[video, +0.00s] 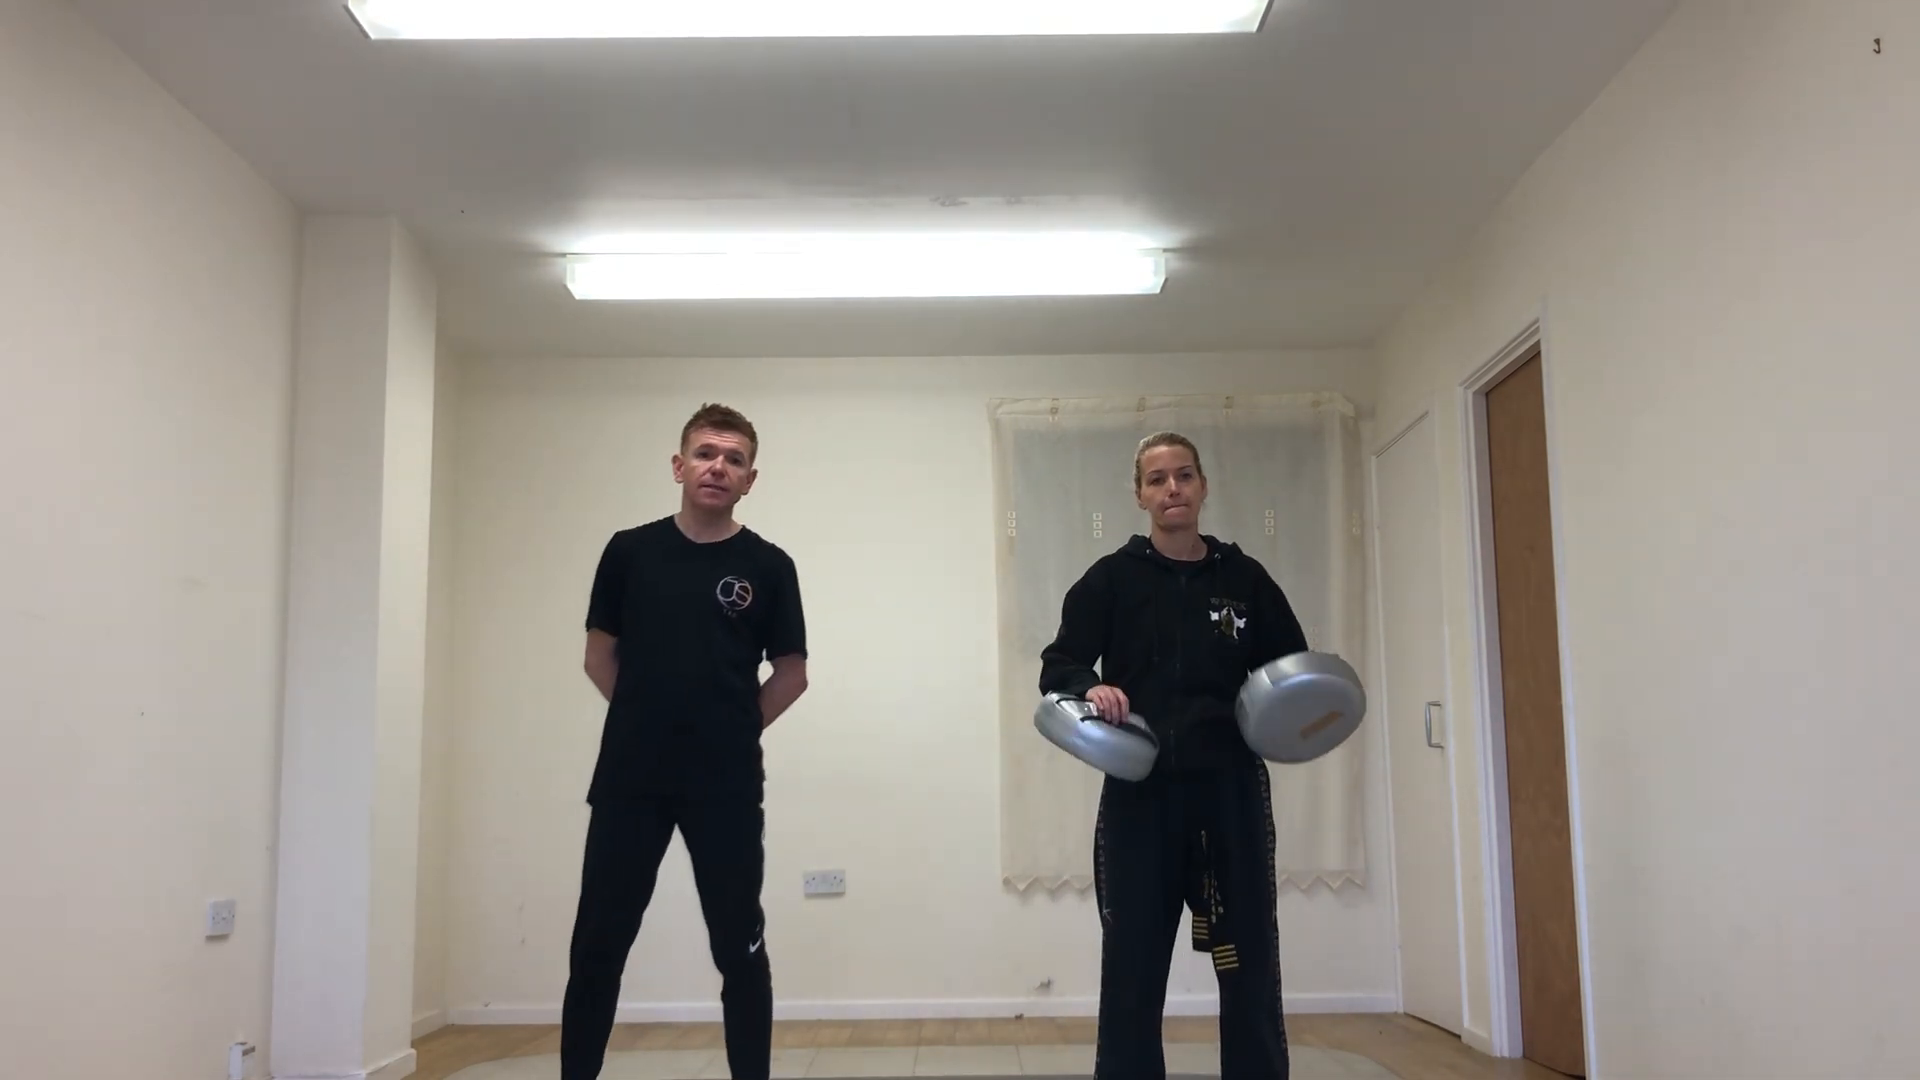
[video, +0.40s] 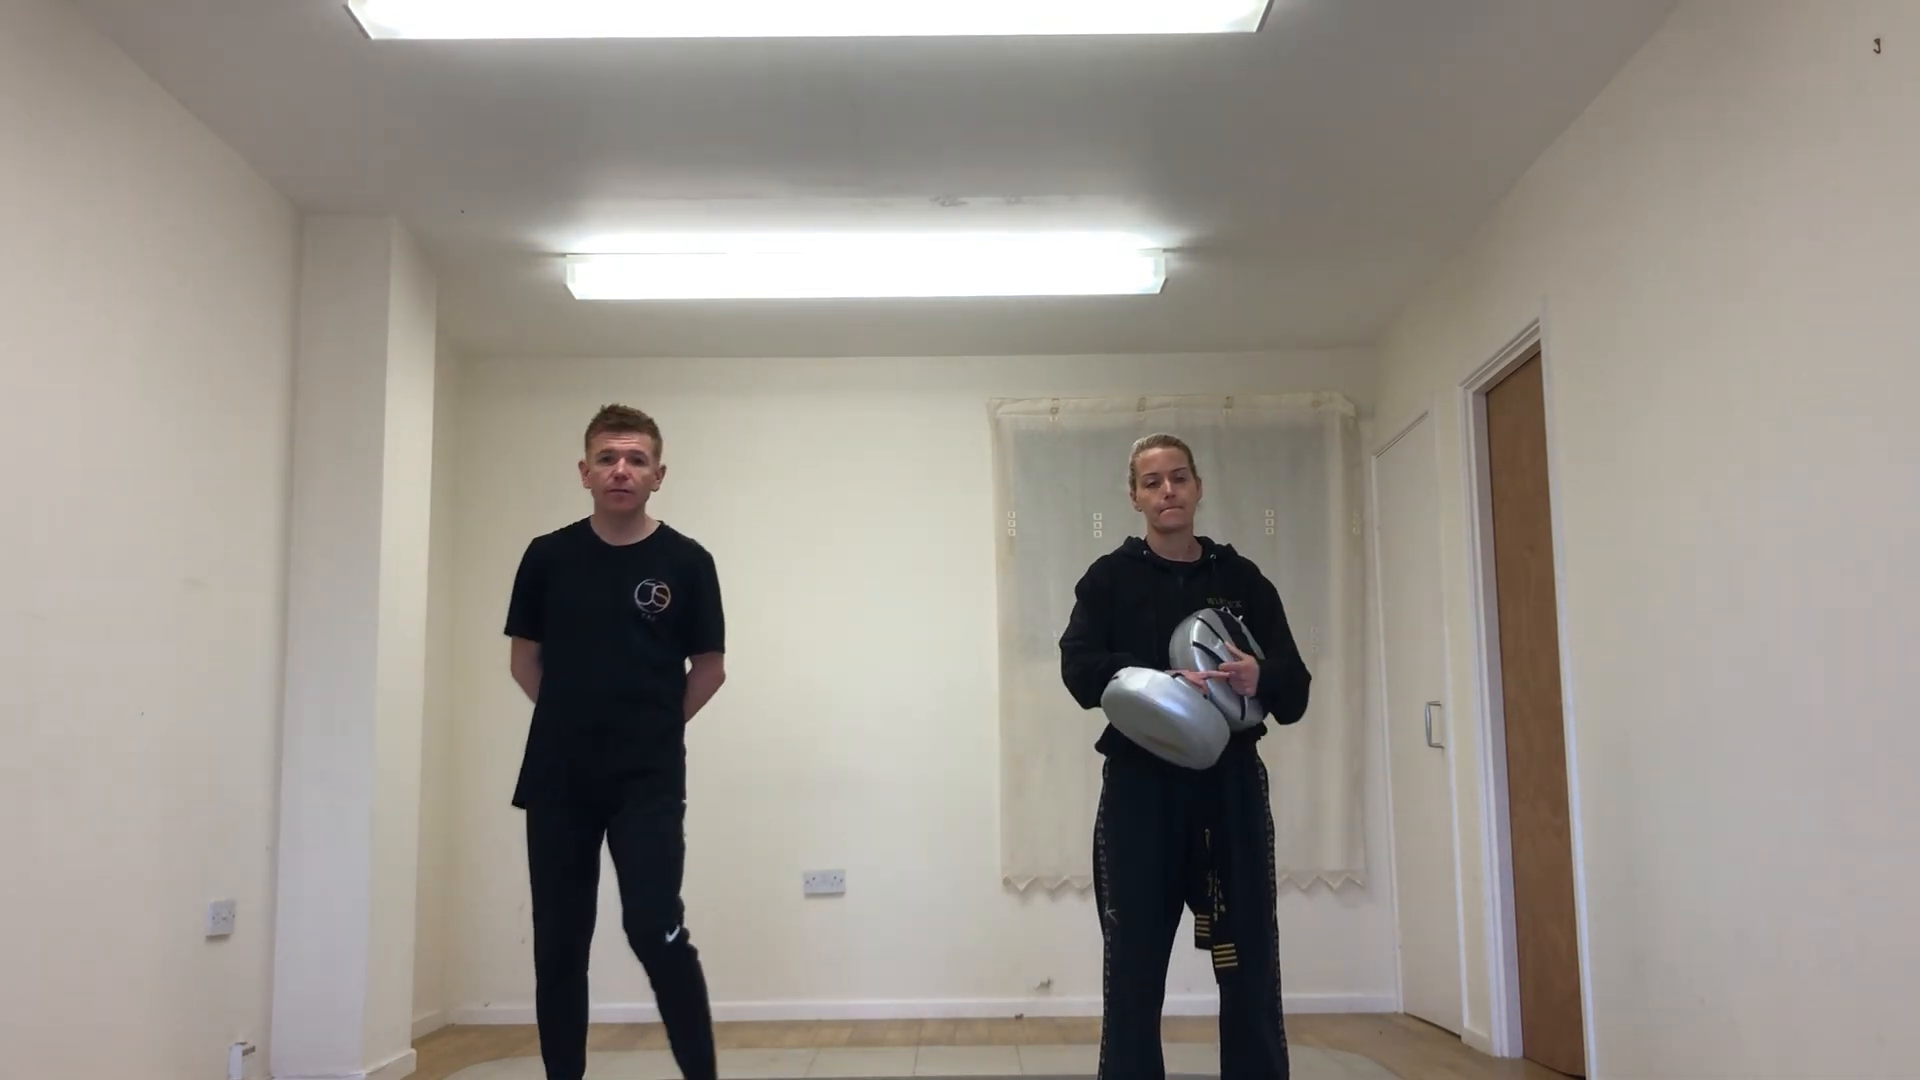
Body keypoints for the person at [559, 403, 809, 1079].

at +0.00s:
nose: (718, 467)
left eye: (734, 459)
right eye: (706, 453)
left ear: (749, 479)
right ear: (678, 464)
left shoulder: (770, 566)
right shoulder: (628, 550)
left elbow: (792, 674)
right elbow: (599, 657)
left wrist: (732, 725)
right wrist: (648, 713)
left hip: (723, 775)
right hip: (632, 769)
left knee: (740, 950)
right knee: (597, 945)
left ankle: (751, 1076)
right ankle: (576, 1075)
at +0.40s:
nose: (621, 470)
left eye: (636, 460)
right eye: (607, 458)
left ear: (656, 475)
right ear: (586, 472)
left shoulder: (687, 561)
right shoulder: (546, 555)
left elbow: (709, 669)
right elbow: (525, 662)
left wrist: (654, 721)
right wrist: (576, 714)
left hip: (647, 771)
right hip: (559, 771)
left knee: (656, 932)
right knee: (558, 945)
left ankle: (701, 1074)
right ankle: (563, 1076)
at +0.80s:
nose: (624, 477)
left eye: (627, 464)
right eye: (609, 465)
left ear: (626, 468)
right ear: (560, 472)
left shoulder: (653, 553)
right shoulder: (511, 561)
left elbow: (677, 660)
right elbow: (492, 671)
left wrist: (671, 755)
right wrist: (545, 727)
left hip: (639, 776)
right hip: (551, 779)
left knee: (645, 942)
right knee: (555, 950)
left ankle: (656, 1075)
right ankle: (563, 1075)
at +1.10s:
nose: (647, 480)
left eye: (649, 467)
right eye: (634, 467)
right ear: (584, 468)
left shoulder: (650, 558)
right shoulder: (518, 555)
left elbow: (717, 637)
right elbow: (475, 662)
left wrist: (806, 627)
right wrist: (527, 735)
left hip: (643, 777)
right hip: (556, 783)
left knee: (659, 946)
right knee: (555, 951)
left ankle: (668, 1076)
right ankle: (562, 1075)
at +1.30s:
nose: (635, 472)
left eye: (644, 460)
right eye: (619, 458)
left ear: (652, 468)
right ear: (579, 466)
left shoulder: (670, 558)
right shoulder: (529, 556)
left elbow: (750, 624)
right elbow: (488, 660)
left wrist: (841, 604)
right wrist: (541, 728)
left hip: (653, 780)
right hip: (563, 782)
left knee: (665, 950)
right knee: (560, 953)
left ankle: (674, 1075)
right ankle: (563, 1075)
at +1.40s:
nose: (621, 466)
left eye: (634, 454)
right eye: (606, 454)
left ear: (653, 469)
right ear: (581, 468)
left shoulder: (682, 557)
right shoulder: (538, 557)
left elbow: (760, 624)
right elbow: (501, 662)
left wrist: (845, 656)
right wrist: (555, 726)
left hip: (659, 777)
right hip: (569, 777)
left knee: (669, 948)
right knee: (565, 949)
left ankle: (675, 1075)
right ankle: (566, 1075)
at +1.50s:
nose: (622, 465)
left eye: (636, 452)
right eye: (607, 454)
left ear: (659, 466)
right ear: (586, 471)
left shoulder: (696, 555)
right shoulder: (551, 557)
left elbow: (770, 635)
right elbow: (517, 662)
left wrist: (804, 727)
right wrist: (571, 722)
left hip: (668, 779)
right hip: (578, 780)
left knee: (675, 954)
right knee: (570, 957)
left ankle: (677, 1076)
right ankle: (568, 1076)